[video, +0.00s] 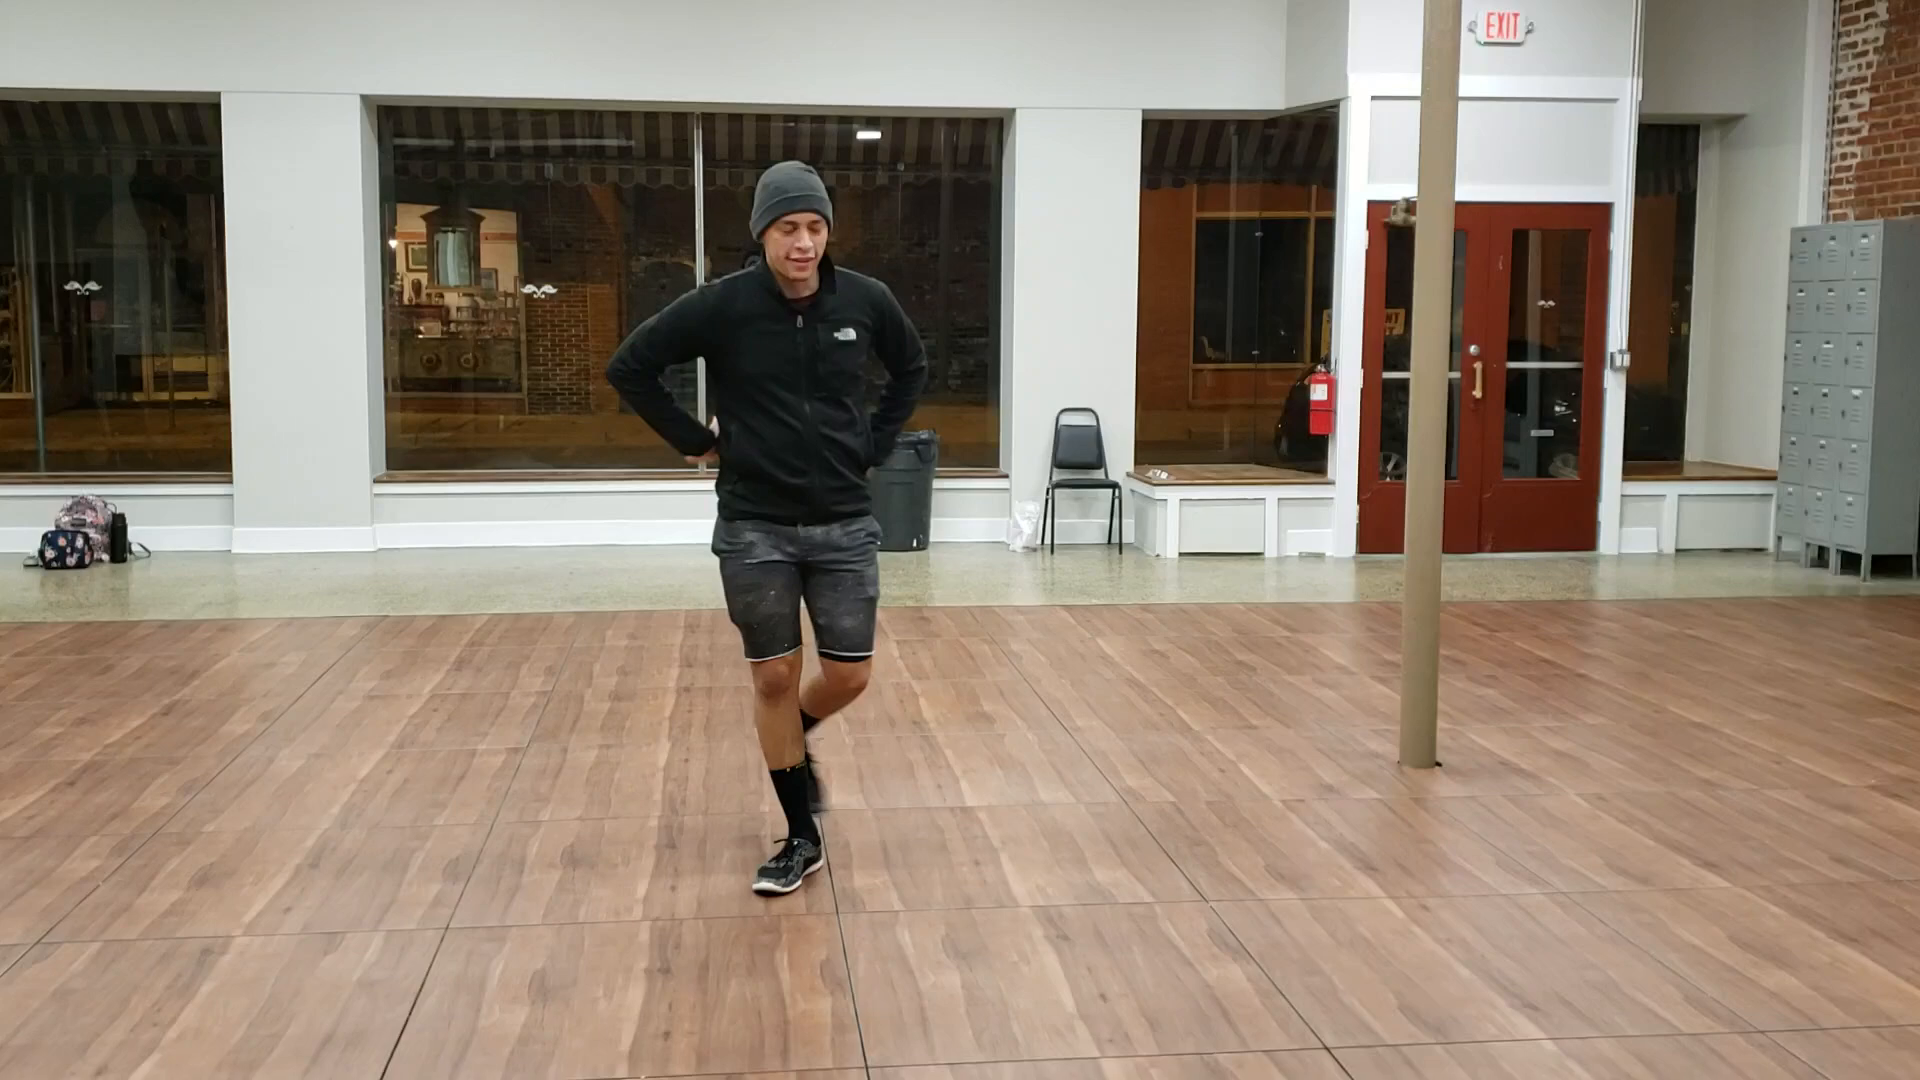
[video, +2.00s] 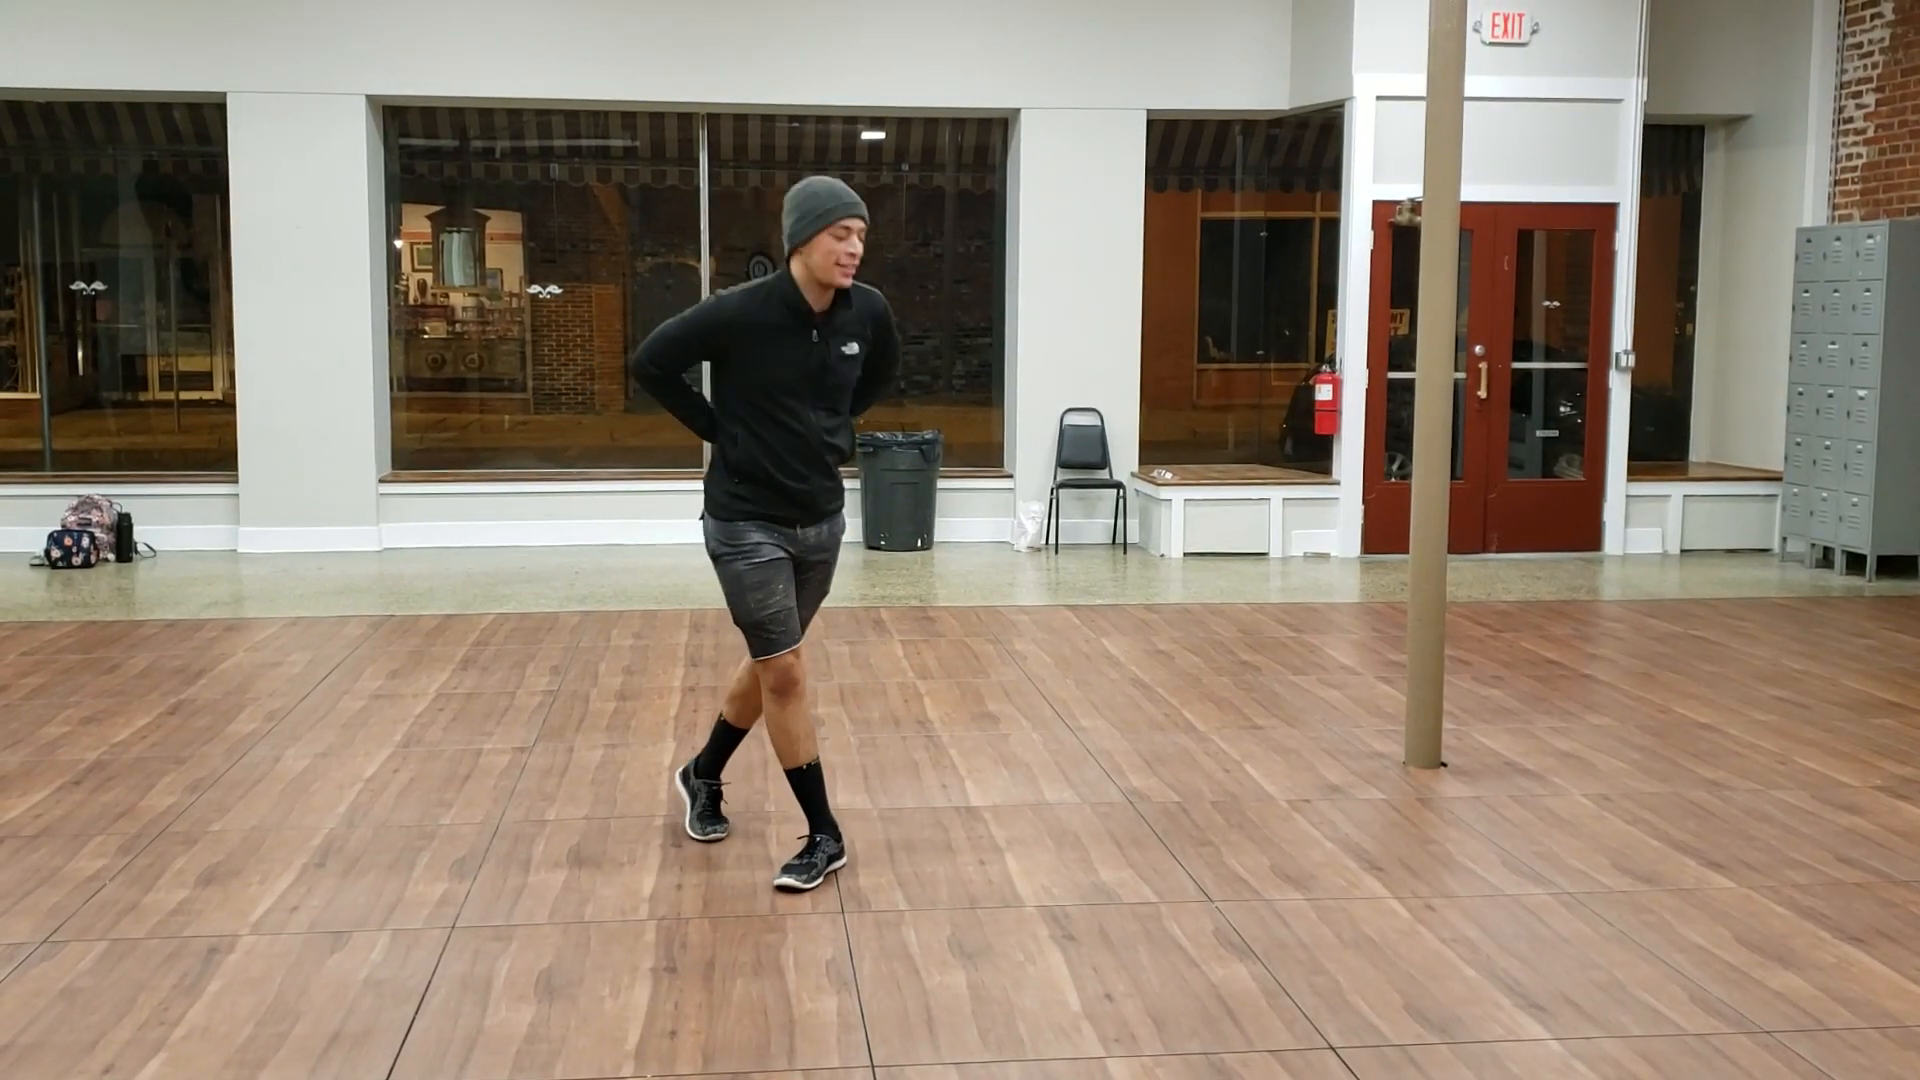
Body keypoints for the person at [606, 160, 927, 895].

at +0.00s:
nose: (802, 241)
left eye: (813, 226)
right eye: (787, 227)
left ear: (830, 233)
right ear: (760, 235)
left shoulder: (868, 301)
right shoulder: (719, 305)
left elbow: (912, 371)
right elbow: (628, 369)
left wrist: (866, 450)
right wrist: (696, 441)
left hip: (843, 520)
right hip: (754, 522)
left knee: (849, 674)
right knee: (775, 680)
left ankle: (792, 724)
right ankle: (802, 836)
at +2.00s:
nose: (853, 249)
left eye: (860, 239)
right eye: (840, 235)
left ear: (860, 248)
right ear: (800, 237)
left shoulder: (866, 311)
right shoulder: (740, 311)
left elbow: (881, 374)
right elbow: (651, 365)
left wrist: (837, 422)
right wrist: (719, 429)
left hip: (821, 522)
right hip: (744, 522)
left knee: (772, 664)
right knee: (785, 675)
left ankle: (703, 773)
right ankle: (824, 834)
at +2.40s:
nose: (863, 252)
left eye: (872, 239)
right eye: (851, 236)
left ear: (877, 241)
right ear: (811, 232)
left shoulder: (895, 300)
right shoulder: (754, 308)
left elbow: (939, 373)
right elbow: (684, 376)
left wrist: (881, 427)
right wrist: (759, 433)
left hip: (866, 525)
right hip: (781, 524)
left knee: (856, 681)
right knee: (799, 678)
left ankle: (773, 753)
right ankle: (823, 838)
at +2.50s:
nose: (867, 245)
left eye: (876, 232)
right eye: (855, 229)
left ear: (880, 237)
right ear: (814, 224)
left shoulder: (902, 297)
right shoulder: (754, 305)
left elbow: (959, 375)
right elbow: (701, 373)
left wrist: (895, 427)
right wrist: (769, 430)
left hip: (881, 523)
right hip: (789, 524)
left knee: (900, 672)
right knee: (804, 676)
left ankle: (851, 774)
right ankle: (822, 837)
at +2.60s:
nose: (872, 241)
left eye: (883, 229)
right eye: (861, 225)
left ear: (890, 234)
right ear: (824, 220)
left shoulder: (915, 297)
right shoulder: (764, 304)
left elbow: (978, 375)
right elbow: (720, 369)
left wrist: (914, 432)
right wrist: (780, 421)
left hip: (898, 523)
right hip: (802, 525)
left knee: (937, 676)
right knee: (811, 680)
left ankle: (947, 808)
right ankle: (824, 838)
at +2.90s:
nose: (918, 249)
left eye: (933, 236)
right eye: (906, 232)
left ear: (946, 247)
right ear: (878, 235)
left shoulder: (974, 320)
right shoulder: (839, 318)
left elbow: (1050, 406)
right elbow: (827, 382)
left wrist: (981, 458)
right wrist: (871, 433)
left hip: (953, 543)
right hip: (858, 538)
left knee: (1002, 695)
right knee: (819, 688)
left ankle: (1065, 841)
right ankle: (834, 826)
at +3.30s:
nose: (852, 205)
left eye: (868, 198)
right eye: (841, 192)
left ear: (884, 222)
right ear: (816, 210)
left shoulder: (912, 305)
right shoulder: (777, 297)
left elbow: (986, 397)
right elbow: (738, 350)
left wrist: (906, 448)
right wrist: (782, 408)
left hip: (874, 529)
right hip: (788, 527)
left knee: (885, 691)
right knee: (787, 680)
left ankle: (983, 817)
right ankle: (851, 817)